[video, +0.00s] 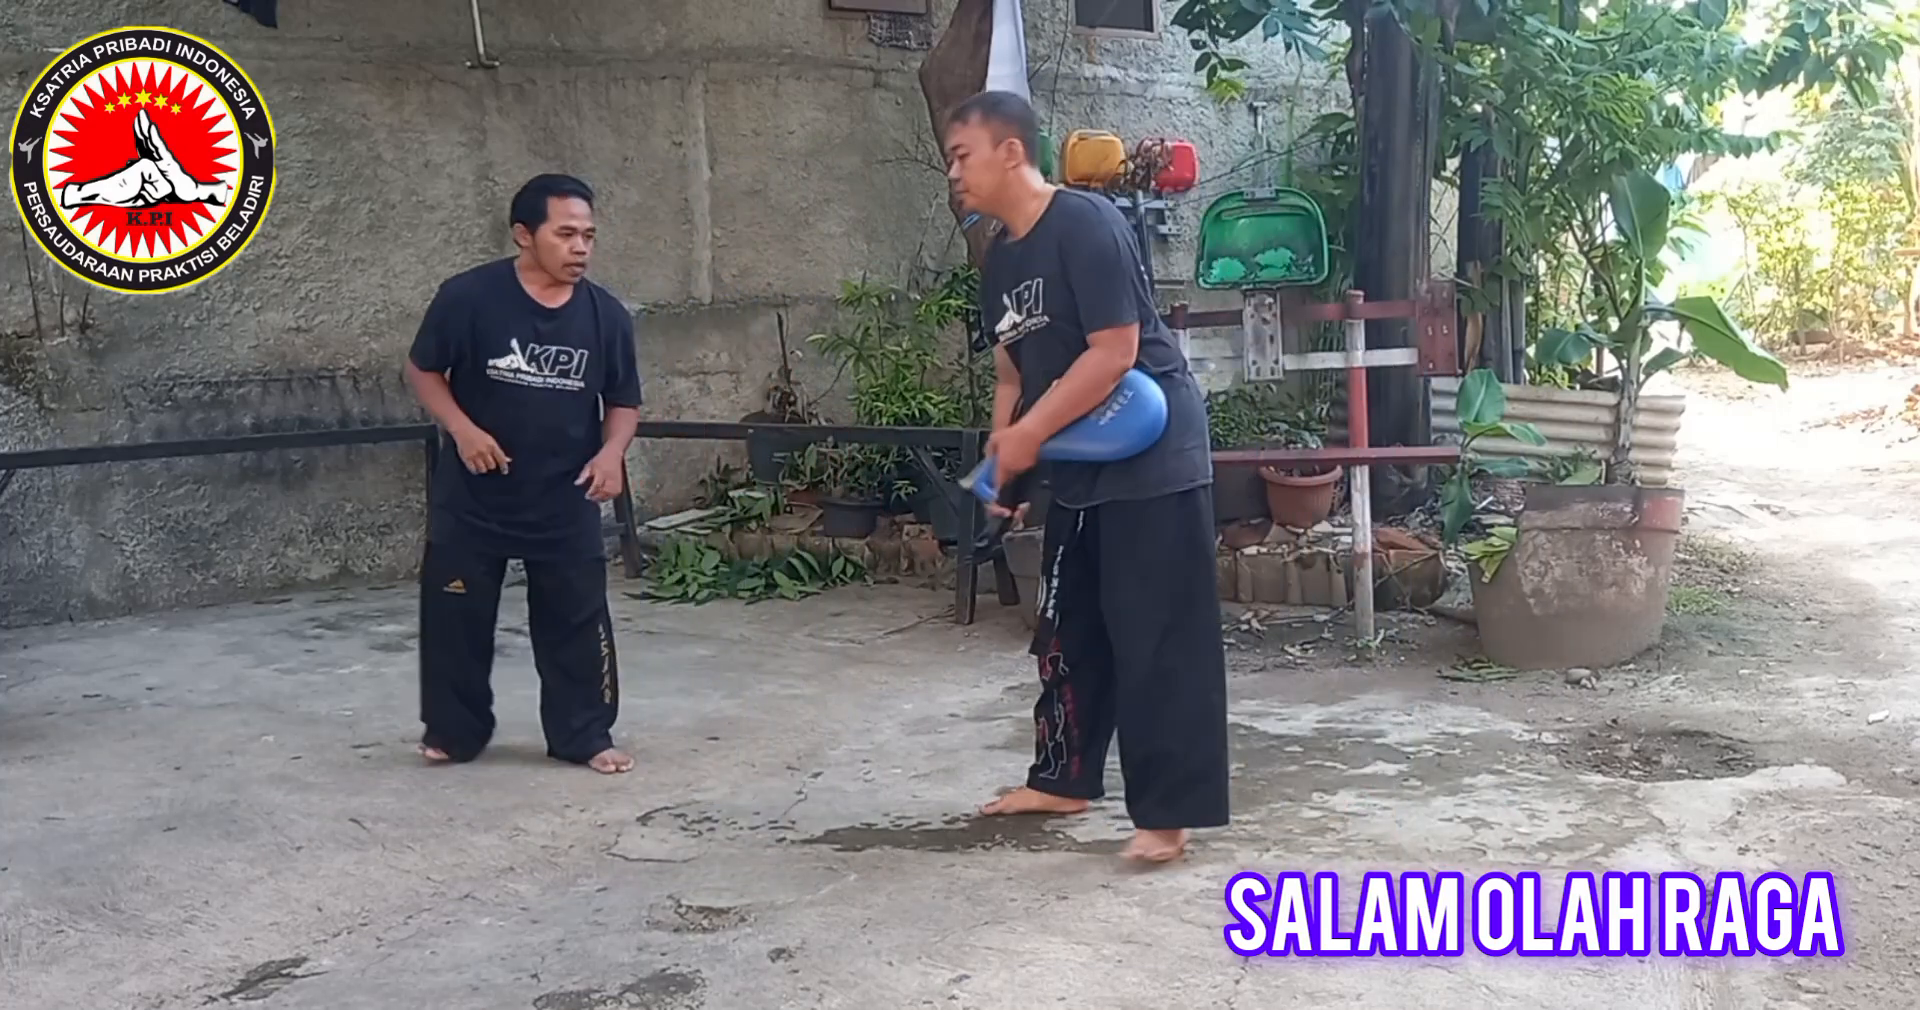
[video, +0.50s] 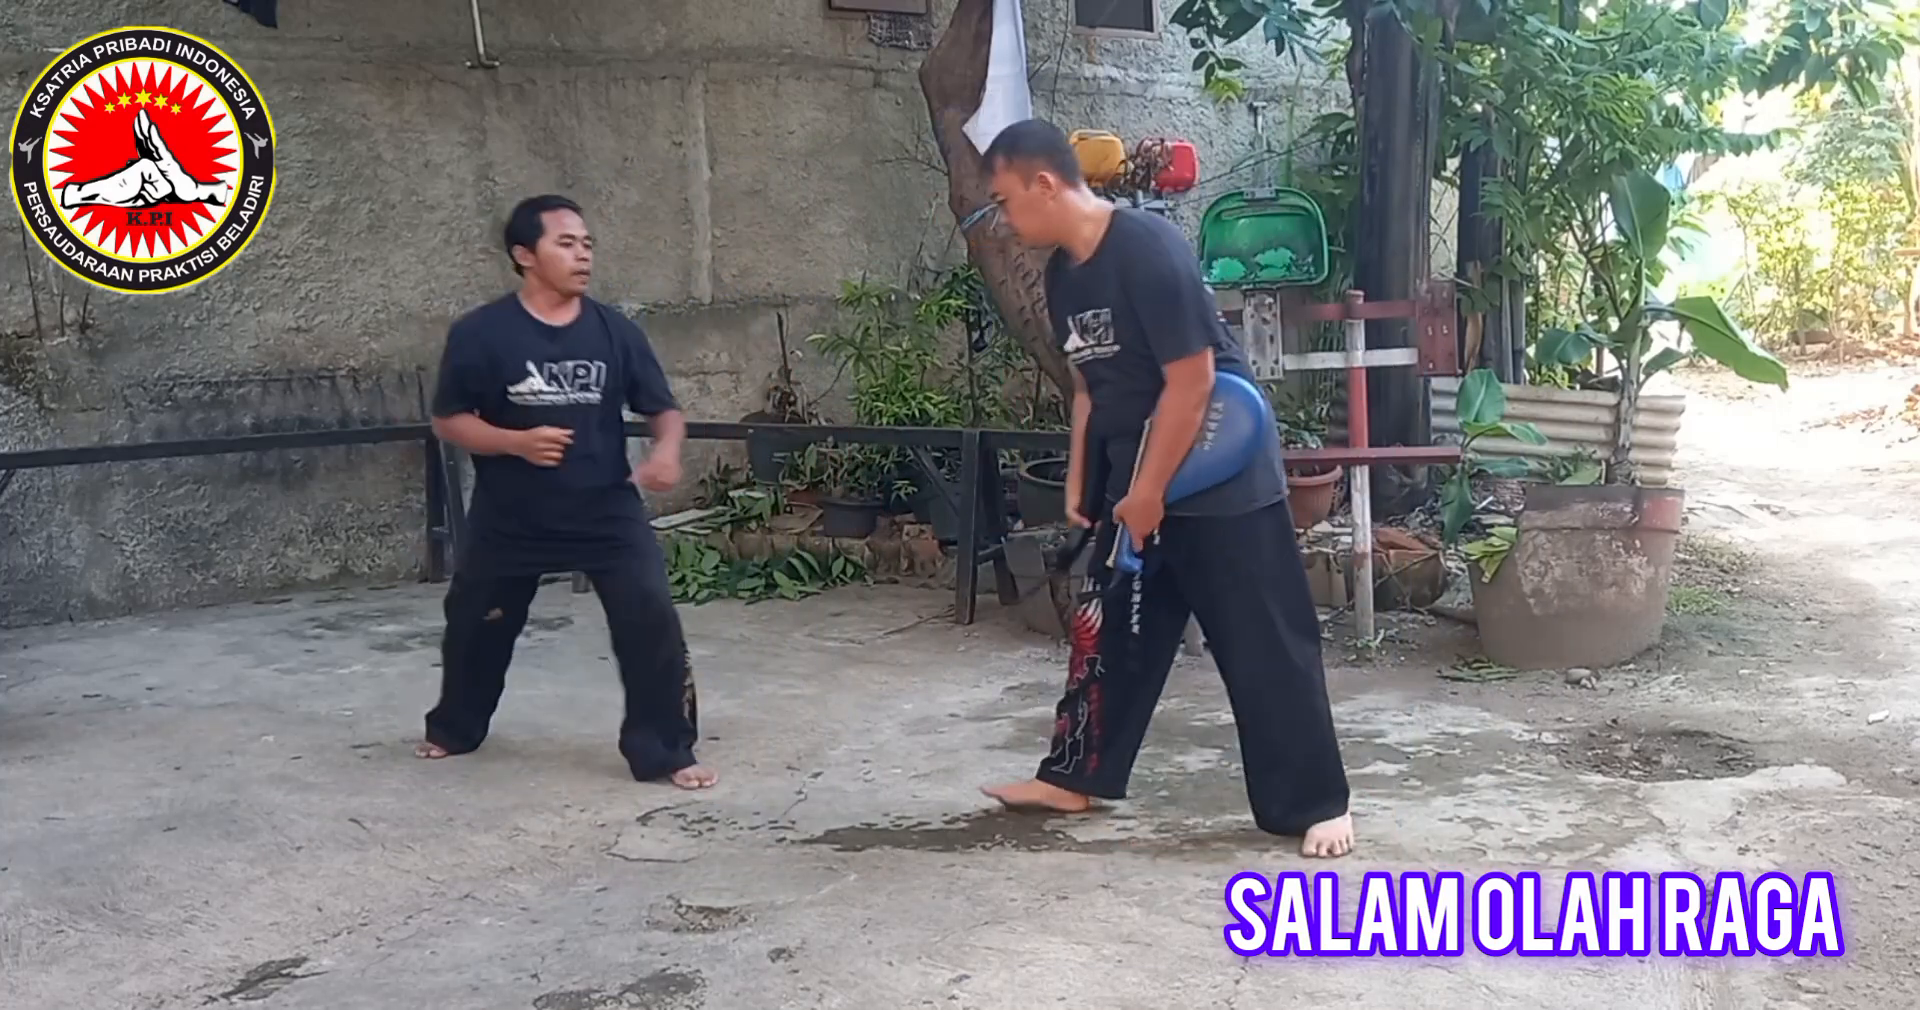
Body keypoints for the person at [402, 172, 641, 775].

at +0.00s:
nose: (582, 245)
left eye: (588, 234)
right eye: (568, 233)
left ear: (593, 236)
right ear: (525, 235)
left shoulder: (607, 315)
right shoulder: (466, 297)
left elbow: (624, 400)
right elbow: (422, 369)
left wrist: (614, 451)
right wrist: (461, 427)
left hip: (565, 499)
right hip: (472, 498)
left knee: (577, 621)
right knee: (456, 616)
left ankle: (584, 736)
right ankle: (454, 730)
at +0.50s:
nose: (583, 254)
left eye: (586, 244)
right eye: (567, 243)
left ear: (592, 252)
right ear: (525, 256)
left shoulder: (617, 332)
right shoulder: (477, 334)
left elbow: (664, 409)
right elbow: (449, 421)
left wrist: (667, 453)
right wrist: (514, 441)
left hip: (607, 517)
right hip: (511, 520)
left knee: (652, 619)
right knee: (473, 622)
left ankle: (665, 751)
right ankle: (456, 726)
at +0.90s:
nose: (581, 258)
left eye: (585, 245)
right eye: (565, 246)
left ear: (590, 251)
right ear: (522, 255)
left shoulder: (609, 328)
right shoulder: (478, 330)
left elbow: (662, 403)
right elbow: (490, 409)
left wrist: (702, 453)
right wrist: (549, 339)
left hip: (597, 512)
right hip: (505, 514)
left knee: (642, 621)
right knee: (482, 629)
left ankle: (666, 753)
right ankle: (484, 736)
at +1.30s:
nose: (606, 259)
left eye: (610, 247)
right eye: (590, 247)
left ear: (616, 253)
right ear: (548, 254)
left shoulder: (641, 331)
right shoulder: (506, 326)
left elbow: (708, 389)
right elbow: (524, 400)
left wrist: (759, 415)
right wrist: (587, 331)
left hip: (625, 514)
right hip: (530, 514)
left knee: (669, 624)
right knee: (488, 616)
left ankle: (711, 758)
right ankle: (491, 734)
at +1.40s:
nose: (597, 266)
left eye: (604, 254)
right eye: (582, 253)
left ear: (612, 257)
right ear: (543, 255)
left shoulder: (637, 333)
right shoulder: (501, 321)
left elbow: (699, 392)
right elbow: (503, 395)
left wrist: (752, 423)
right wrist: (574, 336)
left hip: (607, 515)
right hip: (517, 511)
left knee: (651, 627)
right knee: (483, 620)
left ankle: (702, 761)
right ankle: (491, 742)